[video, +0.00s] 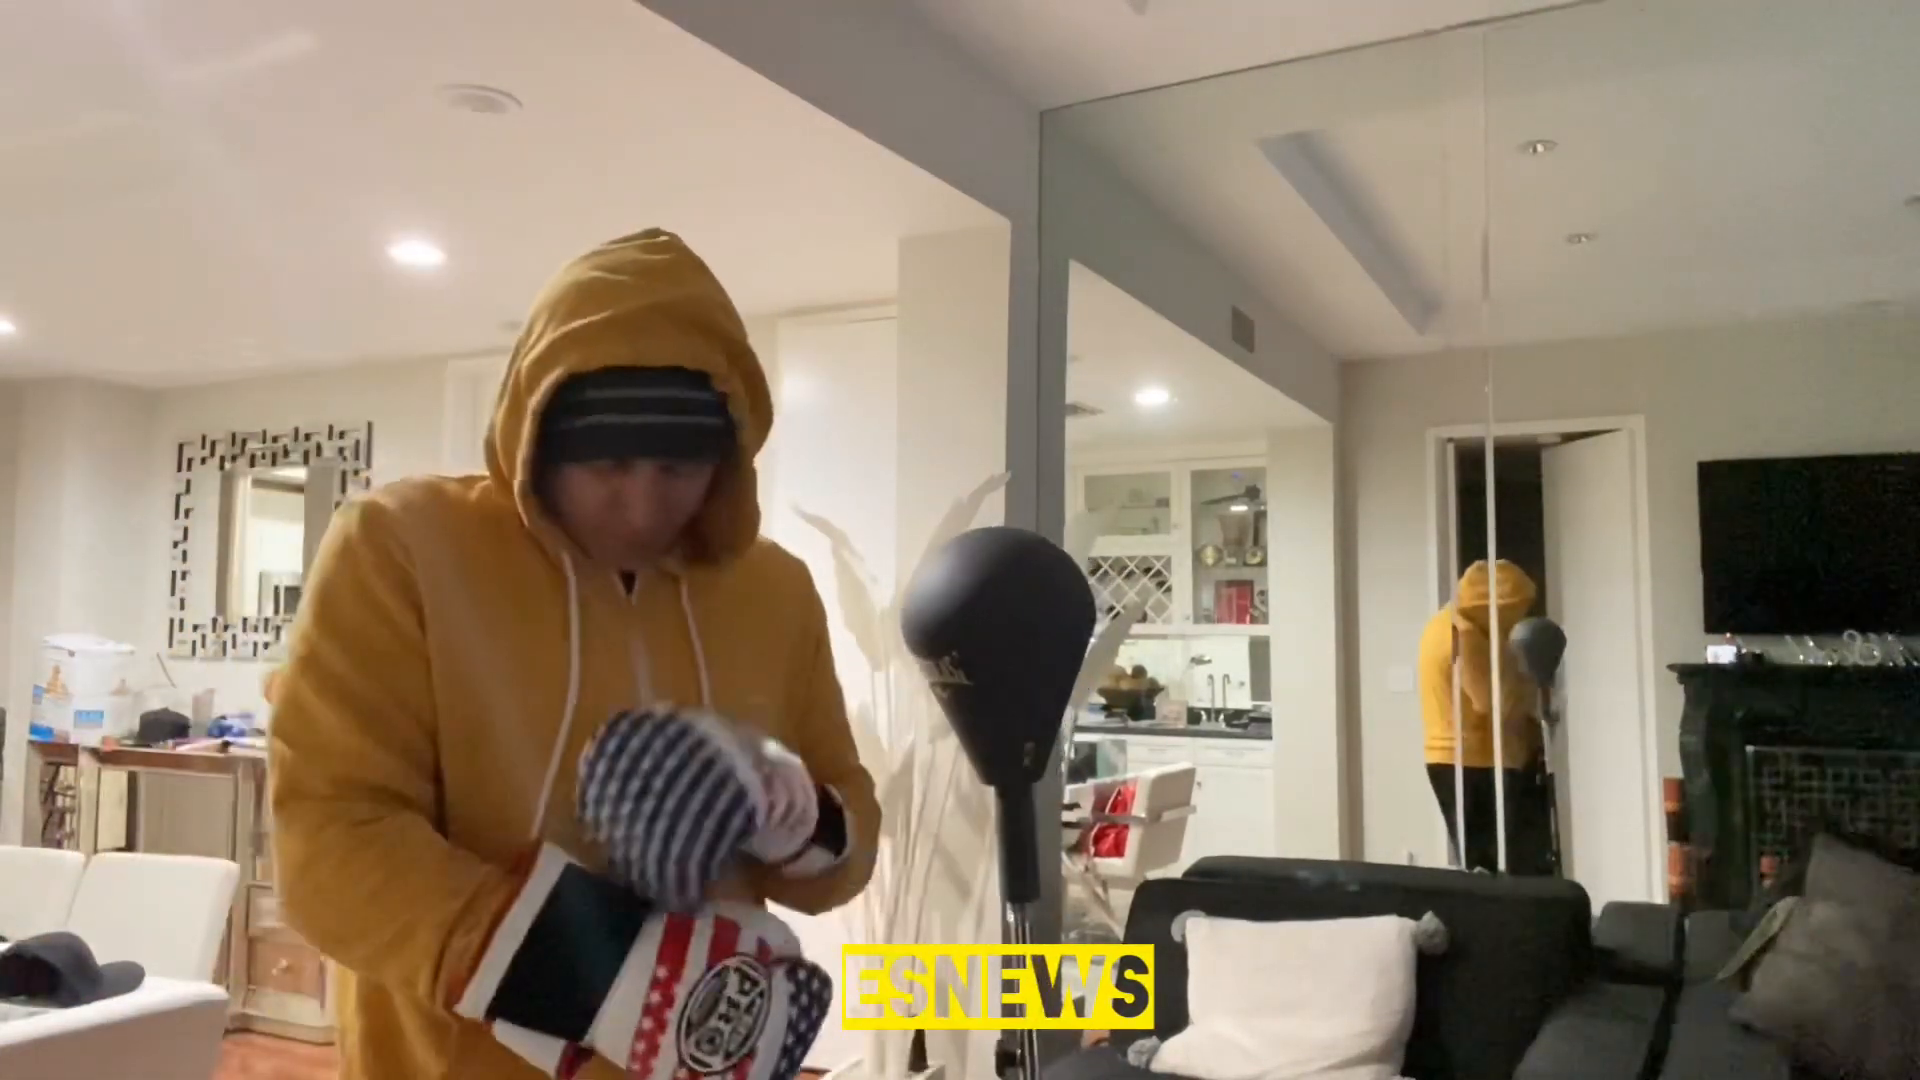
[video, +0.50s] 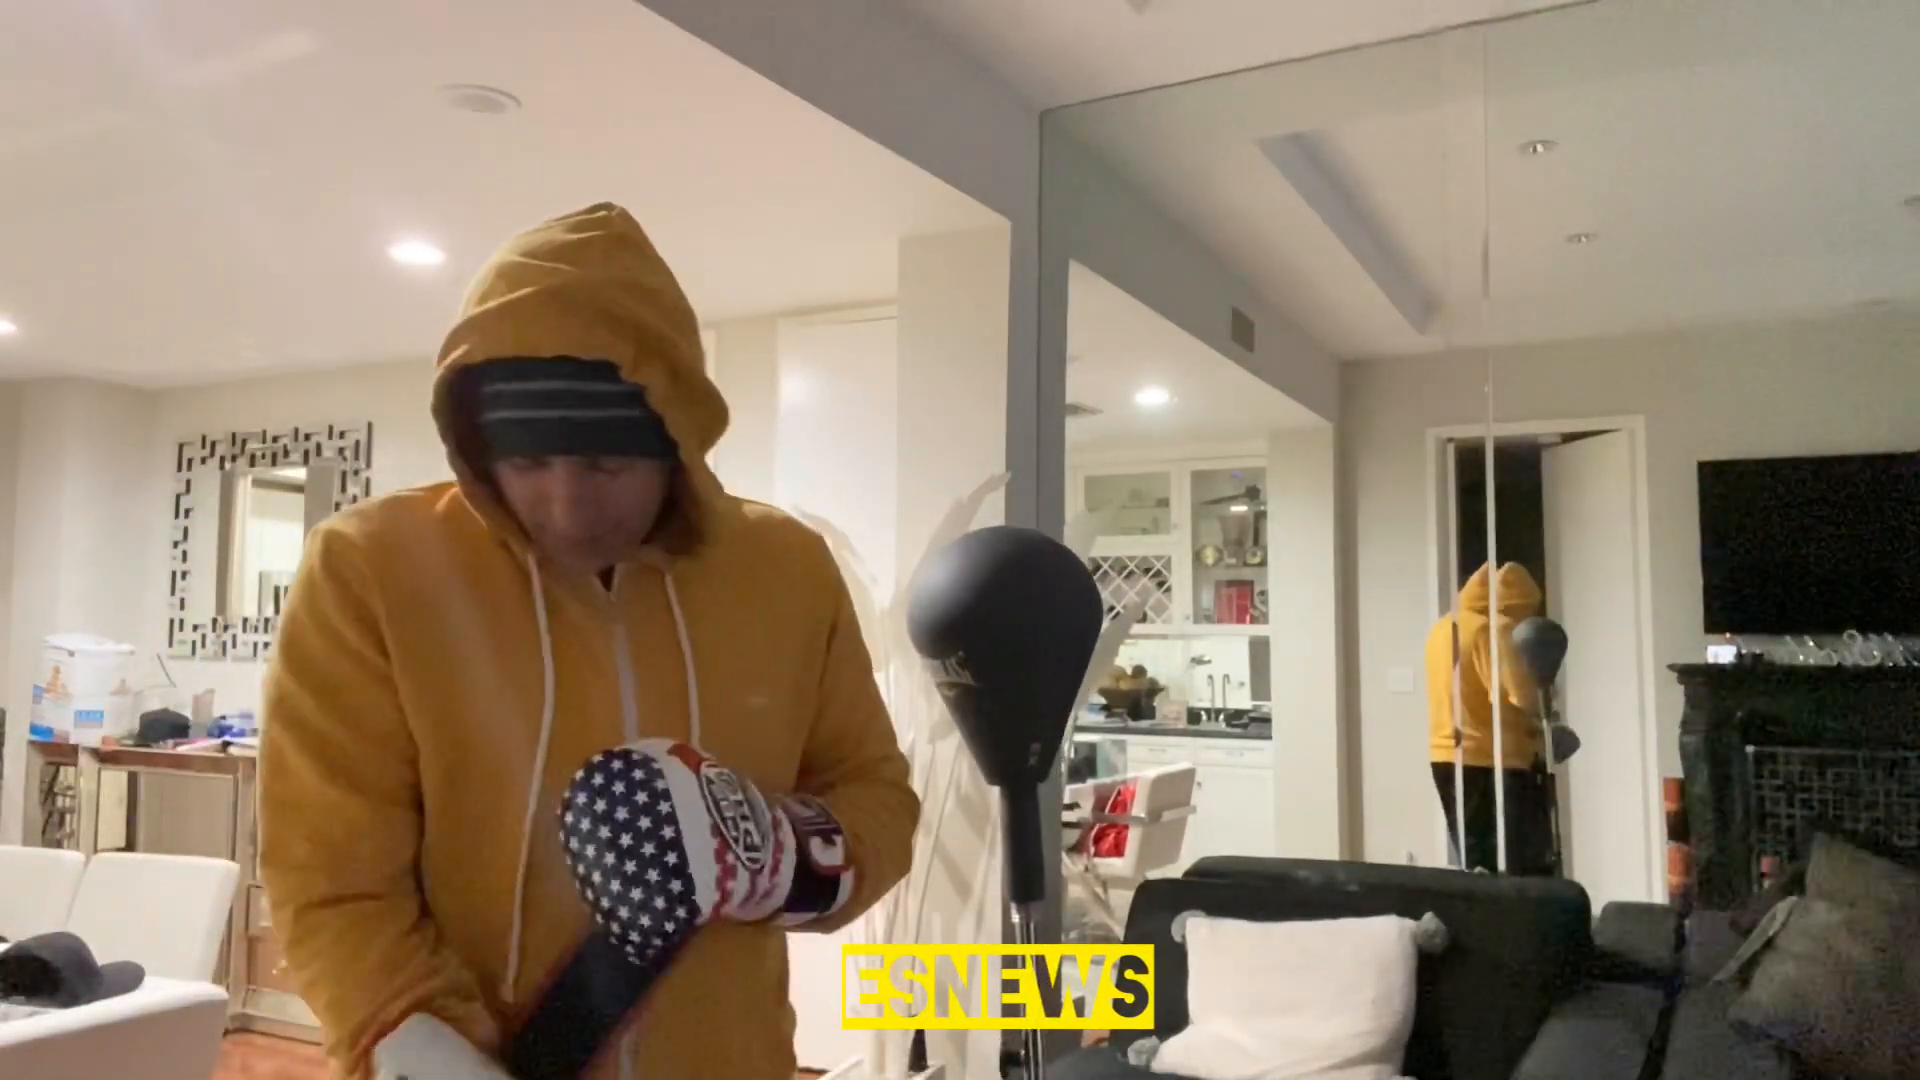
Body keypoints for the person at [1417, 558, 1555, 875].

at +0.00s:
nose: (1517, 619)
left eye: (1521, 610)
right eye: (1517, 609)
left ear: (1475, 596)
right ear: (1496, 604)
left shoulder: (1439, 628)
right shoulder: (1466, 634)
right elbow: (1491, 700)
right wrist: (1527, 686)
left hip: (1449, 763)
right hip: (1478, 765)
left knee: (1478, 865)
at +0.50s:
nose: (1527, 617)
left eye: (1530, 609)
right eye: (1527, 608)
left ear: (1479, 591)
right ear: (1512, 601)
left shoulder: (1442, 629)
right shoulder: (1491, 629)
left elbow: (1450, 699)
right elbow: (1524, 695)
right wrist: (1544, 700)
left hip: (1449, 764)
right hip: (1495, 765)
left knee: (1473, 861)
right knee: (1521, 863)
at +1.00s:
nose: (1538, 616)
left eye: (1538, 610)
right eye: (1538, 608)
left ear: (1489, 589)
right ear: (1530, 599)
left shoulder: (1450, 631)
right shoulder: (1513, 627)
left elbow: (1451, 692)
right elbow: (1535, 687)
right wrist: (1564, 676)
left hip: (1459, 761)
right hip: (1510, 764)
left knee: (1476, 856)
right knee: (1526, 859)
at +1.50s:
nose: (1543, 613)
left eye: (1544, 606)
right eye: (1542, 605)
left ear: (1494, 590)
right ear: (1533, 599)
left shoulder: (1454, 631)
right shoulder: (1526, 632)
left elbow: (1451, 697)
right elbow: (1556, 701)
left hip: (1463, 764)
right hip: (1516, 767)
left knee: (1477, 858)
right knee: (1527, 863)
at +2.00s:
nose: (1543, 605)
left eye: (1543, 598)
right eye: (1541, 597)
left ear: (1484, 589)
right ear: (1531, 594)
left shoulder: (1453, 633)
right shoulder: (1526, 631)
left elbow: (1452, 697)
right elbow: (1560, 692)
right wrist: (1590, 689)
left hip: (1465, 767)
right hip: (1519, 769)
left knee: (1478, 867)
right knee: (1529, 870)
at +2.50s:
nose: (1542, 600)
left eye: (1541, 593)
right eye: (1539, 591)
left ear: (1481, 585)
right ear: (1527, 591)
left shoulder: (1453, 631)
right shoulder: (1523, 631)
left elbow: (1453, 692)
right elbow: (1552, 693)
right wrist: (1577, 677)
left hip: (1465, 762)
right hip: (1518, 765)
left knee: (1477, 851)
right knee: (1527, 854)